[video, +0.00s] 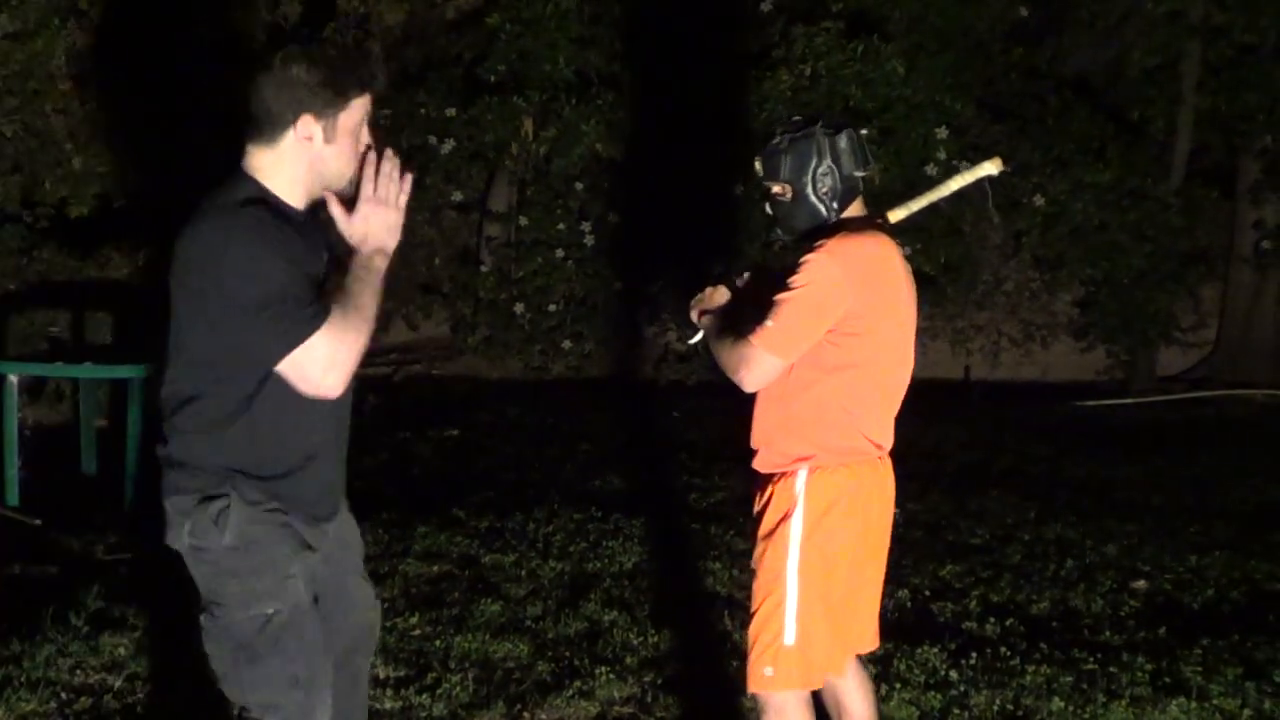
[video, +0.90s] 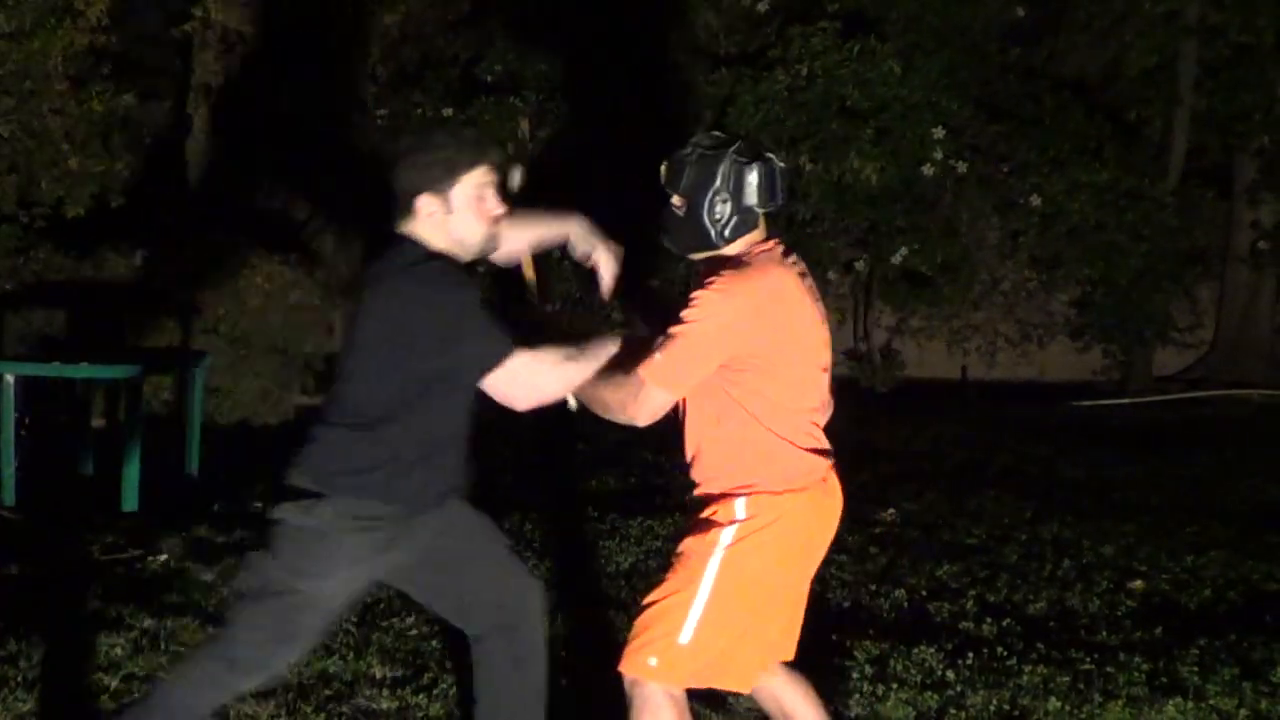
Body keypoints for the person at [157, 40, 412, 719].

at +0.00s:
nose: (367, 145)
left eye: (367, 126)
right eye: (358, 126)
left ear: (310, 132)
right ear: (310, 132)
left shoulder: (305, 225)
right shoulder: (233, 238)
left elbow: (328, 343)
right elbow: (324, 370)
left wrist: (367, 242)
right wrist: (371, 258)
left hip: (312, 502)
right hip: (234, 513)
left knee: (351, 638)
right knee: (288, 692)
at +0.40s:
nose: (353, 141)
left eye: (353, 124)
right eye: (342, 124)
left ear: (298, 128)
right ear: (297, 127)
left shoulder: (296, 216)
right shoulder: (236, 213)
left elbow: (366, 295)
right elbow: (327, 304)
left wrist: (368, 204)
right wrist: (360, 206)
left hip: (317, 490)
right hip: (240, 489)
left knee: (315, 678)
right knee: (206, 679)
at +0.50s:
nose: (336, 159)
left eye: (336, 143)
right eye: (326, 142)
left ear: (282, 146)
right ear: (282, 145)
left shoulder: (284, 232)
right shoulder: (228, 228)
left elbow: (314, 324)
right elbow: (322, 323)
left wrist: (345, 232)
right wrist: (356, 229)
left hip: (314, 494)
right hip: (226, 499)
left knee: (381, 600)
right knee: (168, 681)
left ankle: (344, 716)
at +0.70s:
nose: (374, 202)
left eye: (368, 185)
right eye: (357, 188)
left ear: (314, 204)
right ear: (308, 204)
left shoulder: (337, 264)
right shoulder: (263, 294)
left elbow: (427, 244)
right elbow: (363, 383)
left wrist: (507, 221)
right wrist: (439, 307)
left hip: (313, 509)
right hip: (228, 520)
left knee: (425, 584)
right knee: (176, 698)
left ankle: (465, 714)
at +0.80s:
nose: (430, 223)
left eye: (426, 207)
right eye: (411, 212)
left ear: (367, 227)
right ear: (357, 229)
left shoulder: (375, 281)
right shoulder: (345, 306)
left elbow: (466, 207)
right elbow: (479, 361)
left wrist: (565, 174)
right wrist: (583, 326)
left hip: (351, 514)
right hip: (255, 525)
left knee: (461, 587)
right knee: (182, 686)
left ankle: (503, 713)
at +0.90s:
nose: (498, 209)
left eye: (497, 192)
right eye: (483, 196)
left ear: (434, 207)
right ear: (431, 207)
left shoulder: (430, 267)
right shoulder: (425, 288)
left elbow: (496, 235)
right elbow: (521, 385)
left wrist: (576, 229)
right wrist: (616, 345)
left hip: (425, 515)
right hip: (336, 519)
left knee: (512, 606)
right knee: (245, 659)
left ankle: (511, 715)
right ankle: (139, 715)